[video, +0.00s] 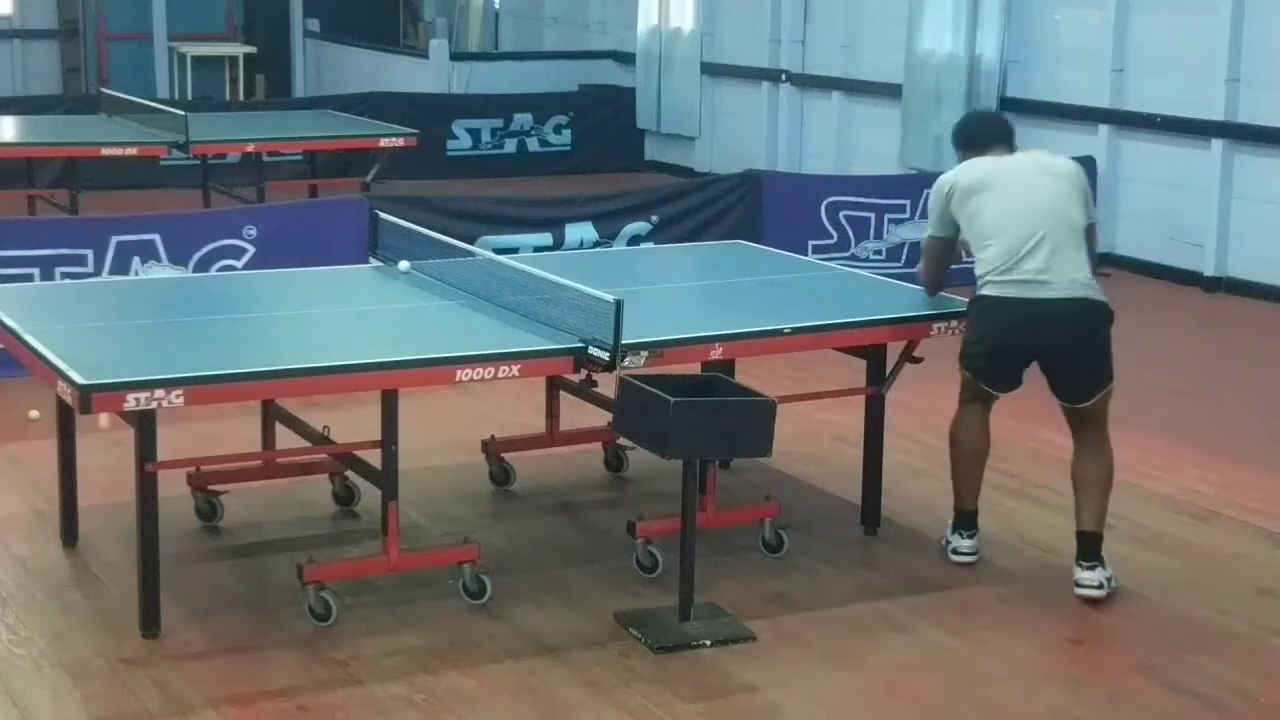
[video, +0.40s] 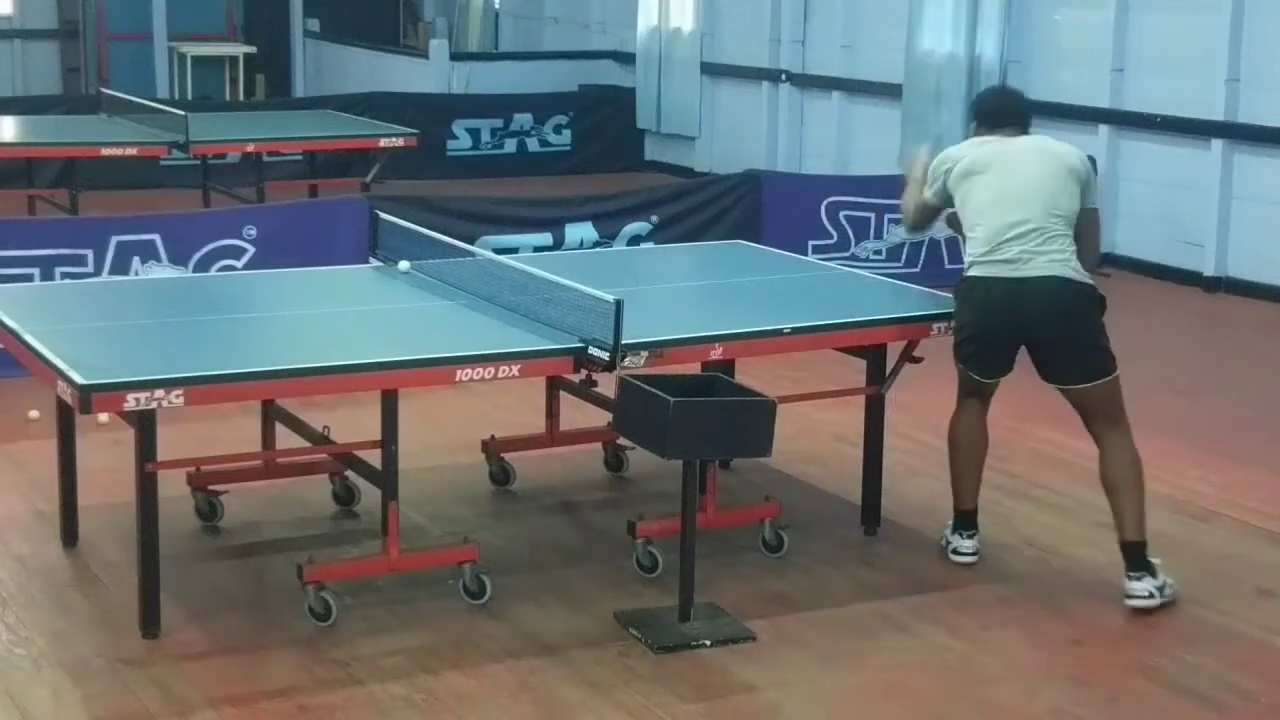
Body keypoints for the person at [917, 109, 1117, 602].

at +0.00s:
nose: (960, 164)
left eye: (959, 157)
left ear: (964, 153)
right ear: (1012, 141)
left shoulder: (953, 182)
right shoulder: (1068, 169)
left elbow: (932, 279)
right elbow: (1086, 251)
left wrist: (948, 250)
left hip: (1001, 315)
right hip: (1079, 316)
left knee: (974, 404)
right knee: (1090, 431)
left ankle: (964, 530)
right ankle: (1089, 563)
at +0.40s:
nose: (973, 135)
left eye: (974, 127)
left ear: (976, 126)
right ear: (1028, 123)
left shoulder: (956, 158)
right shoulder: (1072, 159)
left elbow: (913, 219)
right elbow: (1088, 253)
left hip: (986, 298)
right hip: (1063, 301)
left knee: (973, 401)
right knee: (1110, 428)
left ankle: (964, 531)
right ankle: (1139, 571)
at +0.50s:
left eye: (1001, 108)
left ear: (999, 114)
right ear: (1050, 116)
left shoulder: (972, 147)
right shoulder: (1083, 157)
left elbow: (913, 179)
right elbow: (1103, 262)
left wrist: (929, 131)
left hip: (991, 296)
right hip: (1068, 300)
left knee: (976, 401)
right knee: (1116, 431)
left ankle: (964, 531)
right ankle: (1141, 577)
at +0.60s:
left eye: (1020, 100)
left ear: (1021, 104)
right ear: (1075, 111)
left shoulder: (990, 140)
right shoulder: (1103, 157)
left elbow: (913, 163)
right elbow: (1121, 260)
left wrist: (923, 134)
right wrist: (1071, 245)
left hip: (996, 293)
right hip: (1074, 300)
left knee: (979, 399)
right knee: (1119, 431)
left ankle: (964, 531)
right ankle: (1141, 578)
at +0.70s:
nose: (1044, 99)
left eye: (1048, 92)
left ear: (1051, 97)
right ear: (1104, 106)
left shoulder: (1013, 134)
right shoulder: (1127, 153)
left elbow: (919, 175)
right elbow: (1151, 240)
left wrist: (896, 167)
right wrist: (1098, 250)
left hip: (1005, 289)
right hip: (1082, 296)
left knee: (985, 396)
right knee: (1124, 427)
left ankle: (964, 530)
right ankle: (1141, 577)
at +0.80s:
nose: (1059, 95)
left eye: (1062, 87)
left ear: (1065, 94)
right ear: (1119, 103)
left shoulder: (1025, 132)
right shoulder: (1139, 145)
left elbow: (931, 184)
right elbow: (1168, 224)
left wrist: (868, 192)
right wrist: (1127, 250)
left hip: (1019, 286)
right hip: (1095, 296)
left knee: (991, 396)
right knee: (1132, 428)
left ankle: (965, 529)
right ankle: (1142, 577)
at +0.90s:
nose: (1062, 95)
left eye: (1066, 88)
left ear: (1068, 93)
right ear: (1122, 102)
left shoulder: (1030, 131)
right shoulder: (1145, 141)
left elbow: (938, 189)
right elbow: (1182, 221)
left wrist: (856, 206)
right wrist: (1148, 247)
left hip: (1036, 286)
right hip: (1115, 294)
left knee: (998, 397)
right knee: (1142, 429)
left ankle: (970, 529)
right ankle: (1142, 578)